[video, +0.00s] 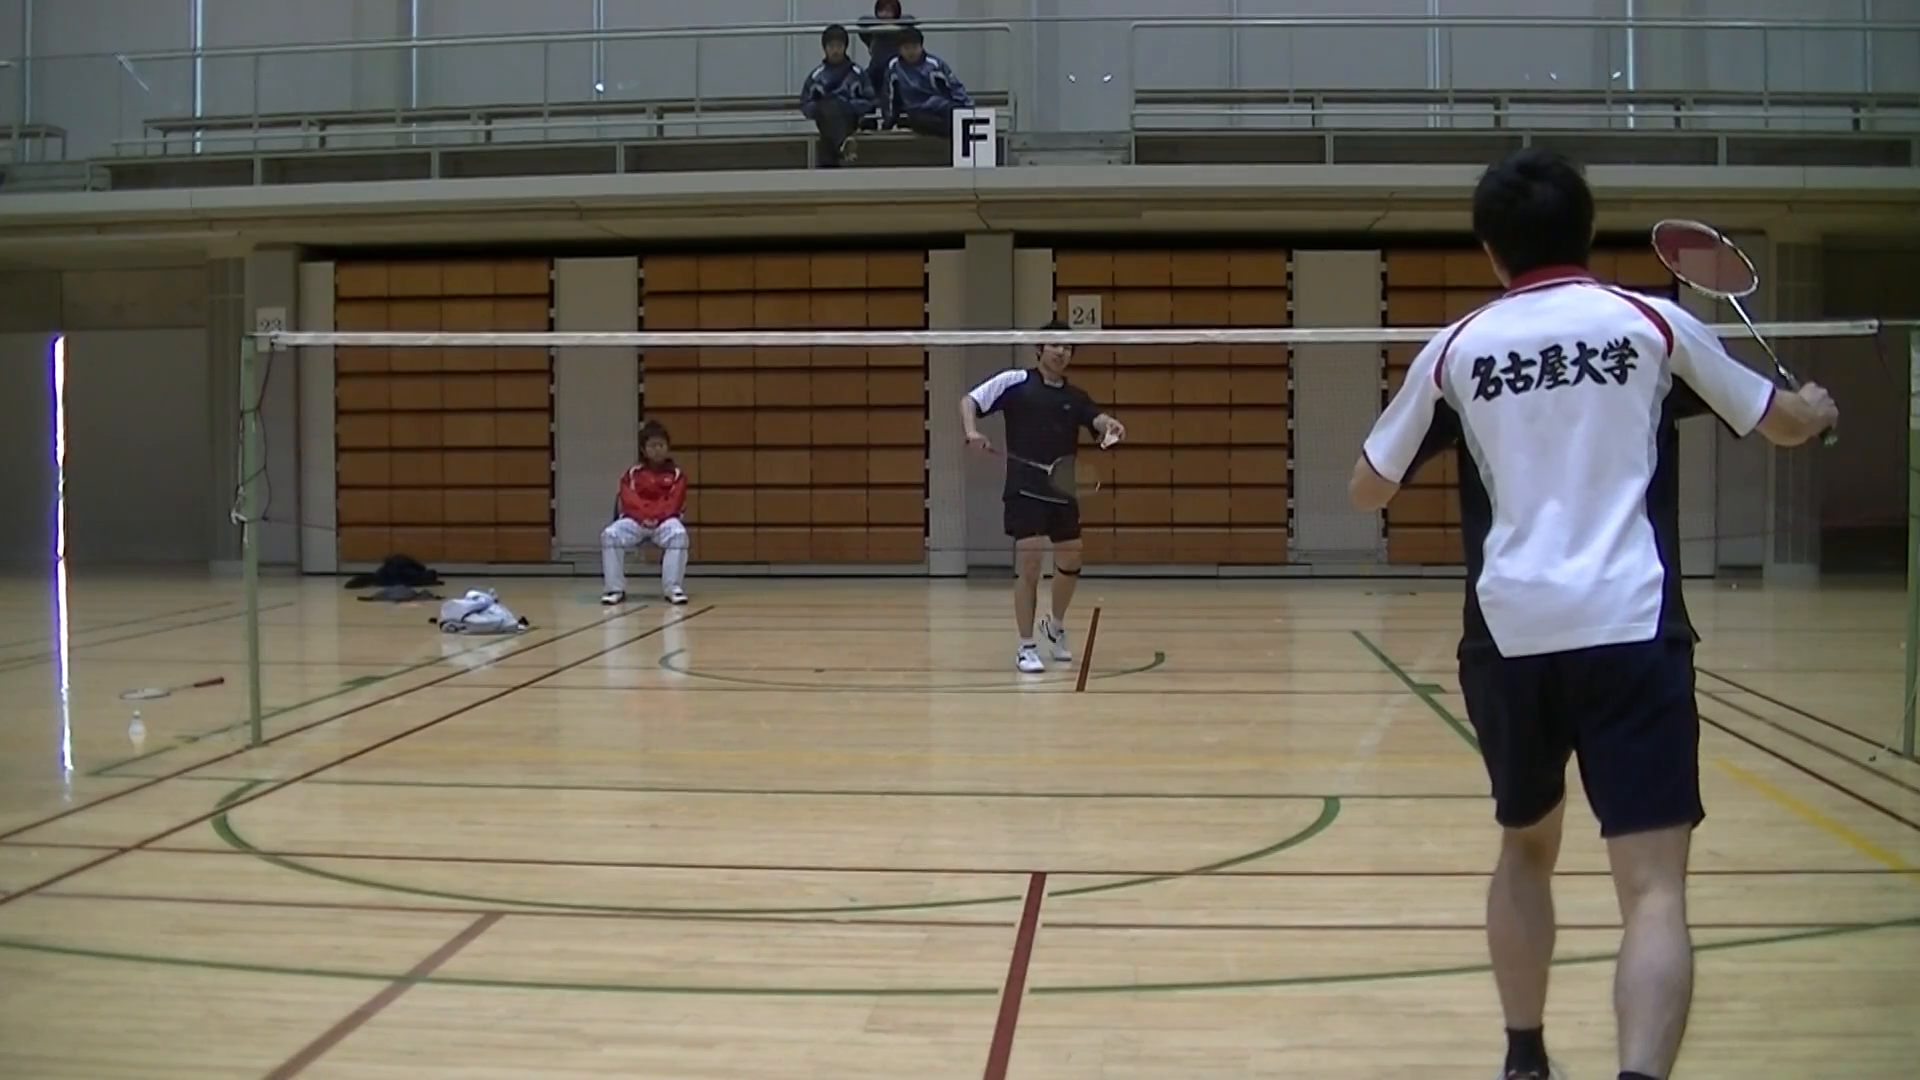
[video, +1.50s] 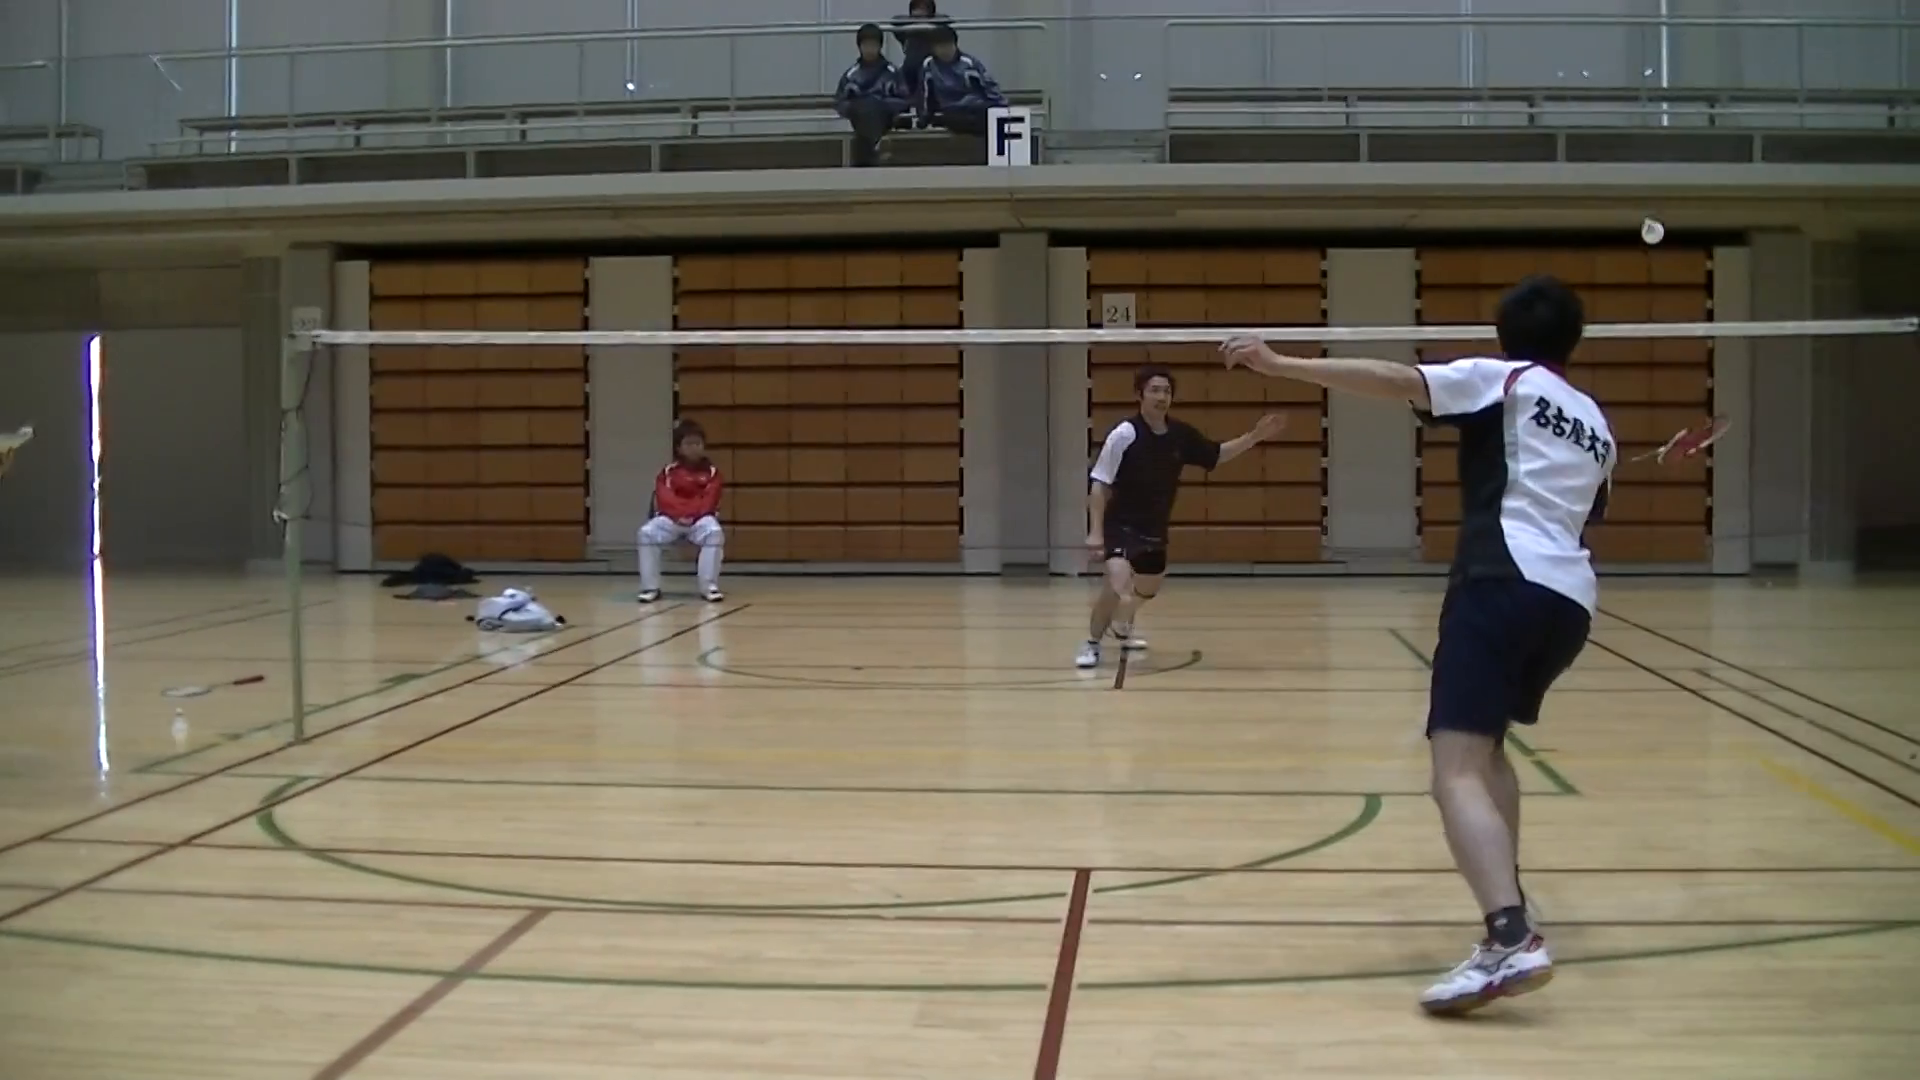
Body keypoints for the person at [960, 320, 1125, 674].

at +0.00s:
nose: (1062, 353)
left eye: (1067, 348)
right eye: (1056, 346)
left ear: (1071, 354)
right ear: (1040, 350)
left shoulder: (1075, 395)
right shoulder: (1015, 381)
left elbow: (1100, 419)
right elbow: (969, 402)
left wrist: (1113, 428)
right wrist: (972, 431)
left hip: (1062, 488)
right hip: (1025, 487)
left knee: (1070, 561)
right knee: (1030, 563)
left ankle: (1055, 627)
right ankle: (1026, 646)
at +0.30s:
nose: (1061, 349)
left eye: (1065, 344)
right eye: (1054, 343)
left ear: (1070, 349)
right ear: (1038, 346)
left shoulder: (1073, 391)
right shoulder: (1016, 379)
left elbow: (1093, 418)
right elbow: (987, 397)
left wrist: (1109, 409)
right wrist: (976, 411)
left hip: (1063, 491)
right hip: (1023, 490)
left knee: (1079, 564)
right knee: (1027, 568)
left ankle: (1063, 618)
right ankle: (1026, 645)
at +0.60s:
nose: (1068, 353)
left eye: (1073, 347)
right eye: (1061, 347)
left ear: (1079, 350)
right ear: (1047, 348)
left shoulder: (1083, 392)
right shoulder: (1028, 382)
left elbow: (1094, 442)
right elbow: (1000, 424)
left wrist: (1111, 445)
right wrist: (992, 462)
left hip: (1072, 488)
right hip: (1036, 488)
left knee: (1094, 554)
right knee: (1035, 565)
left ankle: (1072, 617)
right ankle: (1027, 646)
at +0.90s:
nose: (1099, 372)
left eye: (1104, 366)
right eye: (1092, 366)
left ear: (1110, 372)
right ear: (1078, 370)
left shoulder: (1105, 411)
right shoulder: (1059, 405)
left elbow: (1102, 457)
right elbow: (1033, 455)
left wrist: (1122, 482)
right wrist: (1028, 507)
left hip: (1088, 501)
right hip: (1055, 499)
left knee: (1104, 569)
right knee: (1056, 559)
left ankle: (1084, 636)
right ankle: (1031, 644)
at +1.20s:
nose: (1124, 364)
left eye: (1130, 359)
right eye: (1118, 357)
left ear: (1136, 365)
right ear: (1105, 360)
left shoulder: (1131, 400)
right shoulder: (1087, 394)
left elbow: (1124, 447)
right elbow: (1058, 447)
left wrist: (1152, 475)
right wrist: (1051, 499)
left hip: (1108, 491)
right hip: (1080, 489)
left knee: (1120, 551)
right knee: (1094, 552)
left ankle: (1098, 625)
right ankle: (1073, 638)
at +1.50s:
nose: (1161, 396)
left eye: (1166, 391)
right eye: (1154, 390)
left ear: (1171, 397)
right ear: (1140, 395)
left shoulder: (1179, 434)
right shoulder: (1124, 433)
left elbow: (1216, 455)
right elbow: (1099, 484)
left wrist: (1256, 435)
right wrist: (1096, 532)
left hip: (1155, 525)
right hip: (1120, 523)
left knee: (1147, 588)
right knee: (1117, 583)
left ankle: (1124, 623)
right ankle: (1092, 643)